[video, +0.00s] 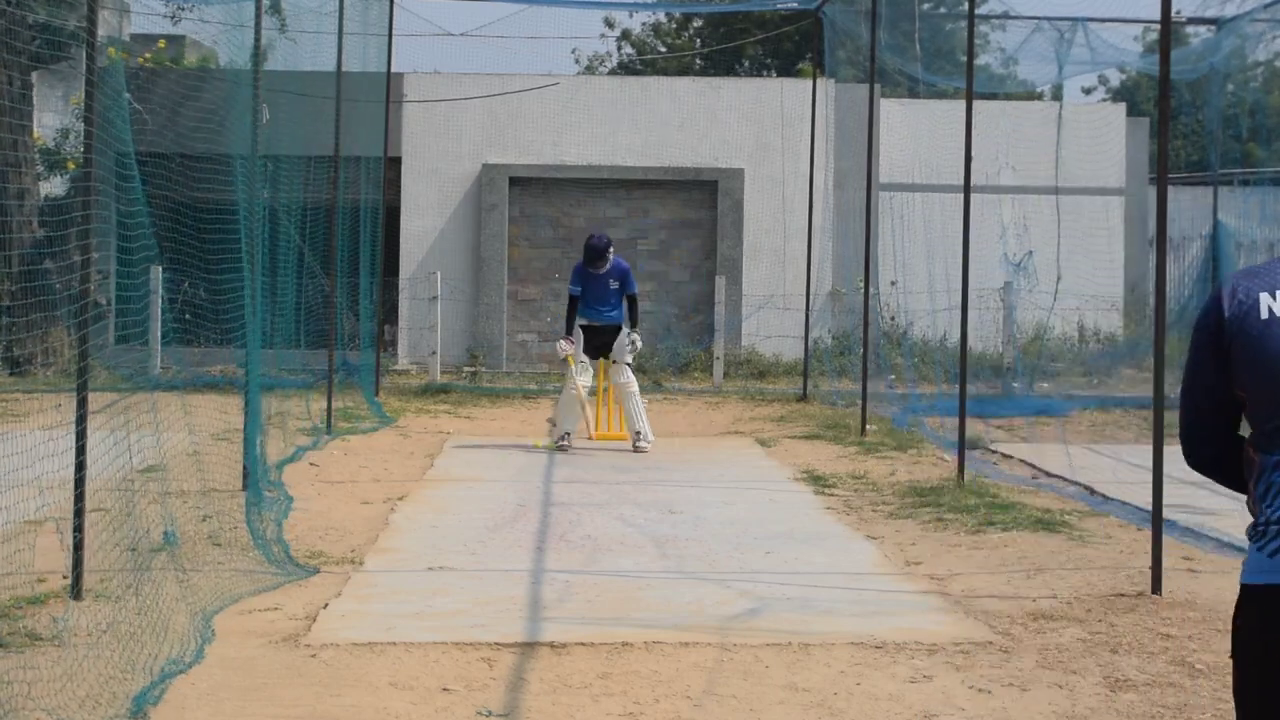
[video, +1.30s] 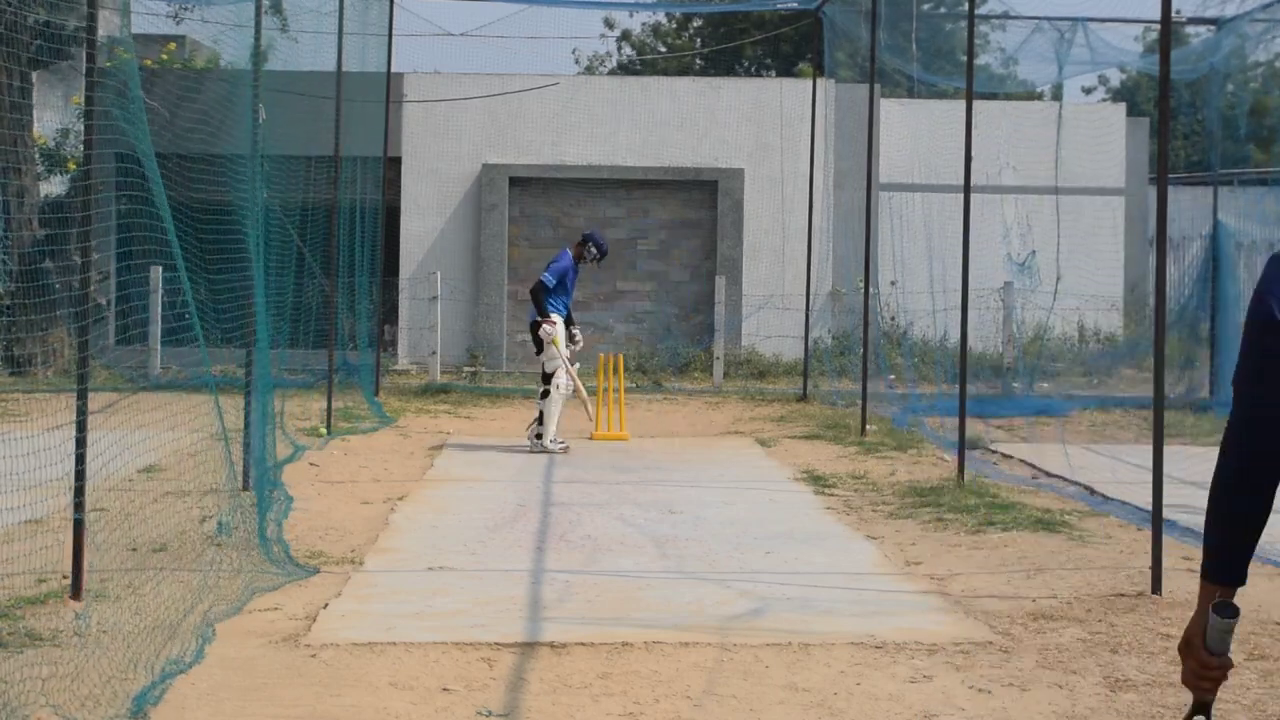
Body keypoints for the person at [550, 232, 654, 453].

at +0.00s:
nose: (597, 269)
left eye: (601, 265)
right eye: (593, 265)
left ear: (609, 256)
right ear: (586, 258)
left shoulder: (622, 269)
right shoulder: (580, 270)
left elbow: (632, 300)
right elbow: (572, 304)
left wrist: (634, 330)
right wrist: (568, 335)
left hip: (615, 331)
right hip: (585, 330)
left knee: (625, 380)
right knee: (577, 381)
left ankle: (640, 434)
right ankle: (565, 433)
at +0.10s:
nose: (588, 272)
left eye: (592, 268)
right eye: (585, 268)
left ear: (601, 259)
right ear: (578, 259)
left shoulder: (611, 268)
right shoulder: (569, 272)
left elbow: (621, 295)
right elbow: (561, 307)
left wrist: (635, 322)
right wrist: (555, 341)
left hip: (603, 330)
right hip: (575, 330)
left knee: (619, 381)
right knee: (572, 383)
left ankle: (623, 434)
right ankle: (566, 434)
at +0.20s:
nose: (587, 271)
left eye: (591, 267)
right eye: (584, 268)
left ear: (598, 258)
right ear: (577, 258)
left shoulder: (606, 267)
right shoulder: (566, 270)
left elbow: (612, 290)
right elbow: (558, 306)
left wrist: (629, 317)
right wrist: (551, 338)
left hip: (596, 328)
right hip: (569, 328)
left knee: (608, 378)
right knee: (568, 380)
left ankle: (602, 433)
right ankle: (563, 434)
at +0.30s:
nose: (587, 267)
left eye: (591, 263)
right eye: (583, 263)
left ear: (597, 255)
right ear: (575, 254)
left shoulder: (599, 264)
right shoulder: (564, 267)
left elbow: (599, 286)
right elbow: (553, 300)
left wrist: (615, 312)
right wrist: (544, 331)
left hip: (586, 325)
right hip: (562, 324)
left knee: (593, 377)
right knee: (567, 379)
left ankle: (575, 429)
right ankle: (562, 433)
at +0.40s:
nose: (590, 264)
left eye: (593, 260)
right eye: (586, 260)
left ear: (597, 253)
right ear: (577, 252)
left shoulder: (594, 264)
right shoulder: (563, 266)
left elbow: (591, 287)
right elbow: (547, 297)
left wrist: (606, 312)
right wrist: (539, 330)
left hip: (578, 323)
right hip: (557, 321)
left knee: (584, 378)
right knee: (566, 378)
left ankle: (551, 424)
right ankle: (562, 433)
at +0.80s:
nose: (583, 253)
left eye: (586, 250)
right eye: (583, 247)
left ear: (584, 248)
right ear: (575, 240)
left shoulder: (571, 262)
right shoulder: (554, 260)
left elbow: (566, 296)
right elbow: (531, 293)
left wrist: (576, 322)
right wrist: (534, 325)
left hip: (560, 318)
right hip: (548, 316)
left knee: (554, 375)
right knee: (569, 372)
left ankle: (538, 430)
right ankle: (550, 431)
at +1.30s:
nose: (589, 260)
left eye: (592, 258)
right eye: (590, 255)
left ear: (588, 250)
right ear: (584, 247)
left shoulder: (573, 264)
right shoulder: (564, 262)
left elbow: (564, 300)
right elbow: (537, 290)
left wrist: (572, 326)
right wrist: (545, 319)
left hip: (558, 323)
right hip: (549, 323)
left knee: (559, 382)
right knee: (558, 381)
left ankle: (541, 430)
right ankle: (546, 438)